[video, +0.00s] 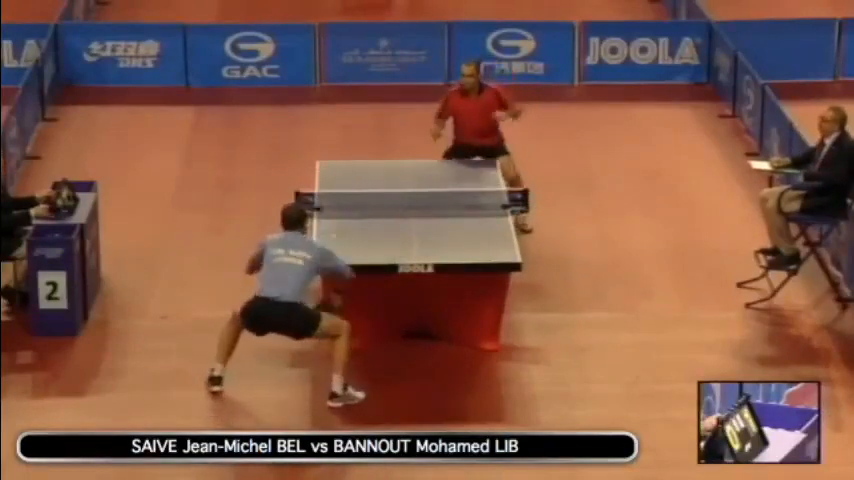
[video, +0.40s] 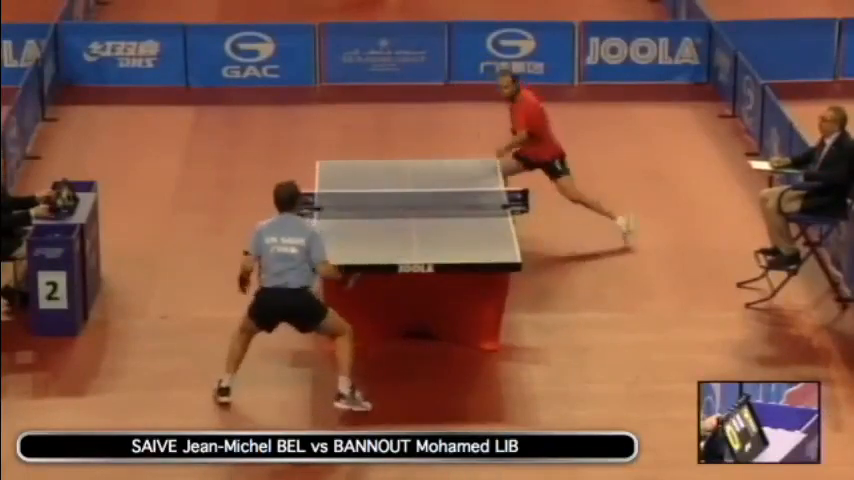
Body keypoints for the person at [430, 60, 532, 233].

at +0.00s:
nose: (465, 80)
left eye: (470, 76)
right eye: (463, 76)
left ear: (478, 77)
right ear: (460, 76)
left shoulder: (492, 94)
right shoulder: (453, 96)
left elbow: (509, 108)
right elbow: (441, 116)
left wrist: (513, 113)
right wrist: (437, 128)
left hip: (492, 146)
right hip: (463, 146)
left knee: (513, 176)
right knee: (441, 173)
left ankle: (520, 217)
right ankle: (442, 217)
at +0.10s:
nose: (473, 74)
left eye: (476, 70)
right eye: (470, 70)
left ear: (485, 71)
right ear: (468, 73)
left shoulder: (501, 84)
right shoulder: (468, 95)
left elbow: (527, 92)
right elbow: (453, 114)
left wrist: (507, 92)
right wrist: (436, 124)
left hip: (513, 138)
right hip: (485, 140)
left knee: (532, 179)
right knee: (463, 174)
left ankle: (525, 212)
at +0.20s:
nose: (478, 73)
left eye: (482, 69)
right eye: (476, 69)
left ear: (490, 70)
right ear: (475, 71)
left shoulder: (507, 83)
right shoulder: (476, 94)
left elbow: (522, 102)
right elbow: (468, 116)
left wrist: (499, 110)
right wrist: (452, 132)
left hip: (526, 135)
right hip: (501, 137)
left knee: (539, 175)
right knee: (478, 167)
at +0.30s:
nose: (491, 83)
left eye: (494, 79)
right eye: (489, 79)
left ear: (503, 78)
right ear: (489, 81)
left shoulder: (516, 96)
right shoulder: (499, 98)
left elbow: (517, 126)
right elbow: (502, 125)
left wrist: (494, 134)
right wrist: (499, 147)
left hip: (542, 145)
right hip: (520, 145)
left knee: (561, 187)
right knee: (491, 174)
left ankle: (599, 216)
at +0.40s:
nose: (504, 91)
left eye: (507, 86)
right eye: (502, 87)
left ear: (516, 85)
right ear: (503, 87)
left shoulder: (525, 103)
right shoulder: (518, 100)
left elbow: (522, 136)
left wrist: (504, 149)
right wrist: (514, 145)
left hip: (551, 155)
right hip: (531, 154)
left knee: (572, 194)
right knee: (497, 171)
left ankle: (618, 220)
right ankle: (501, 213)